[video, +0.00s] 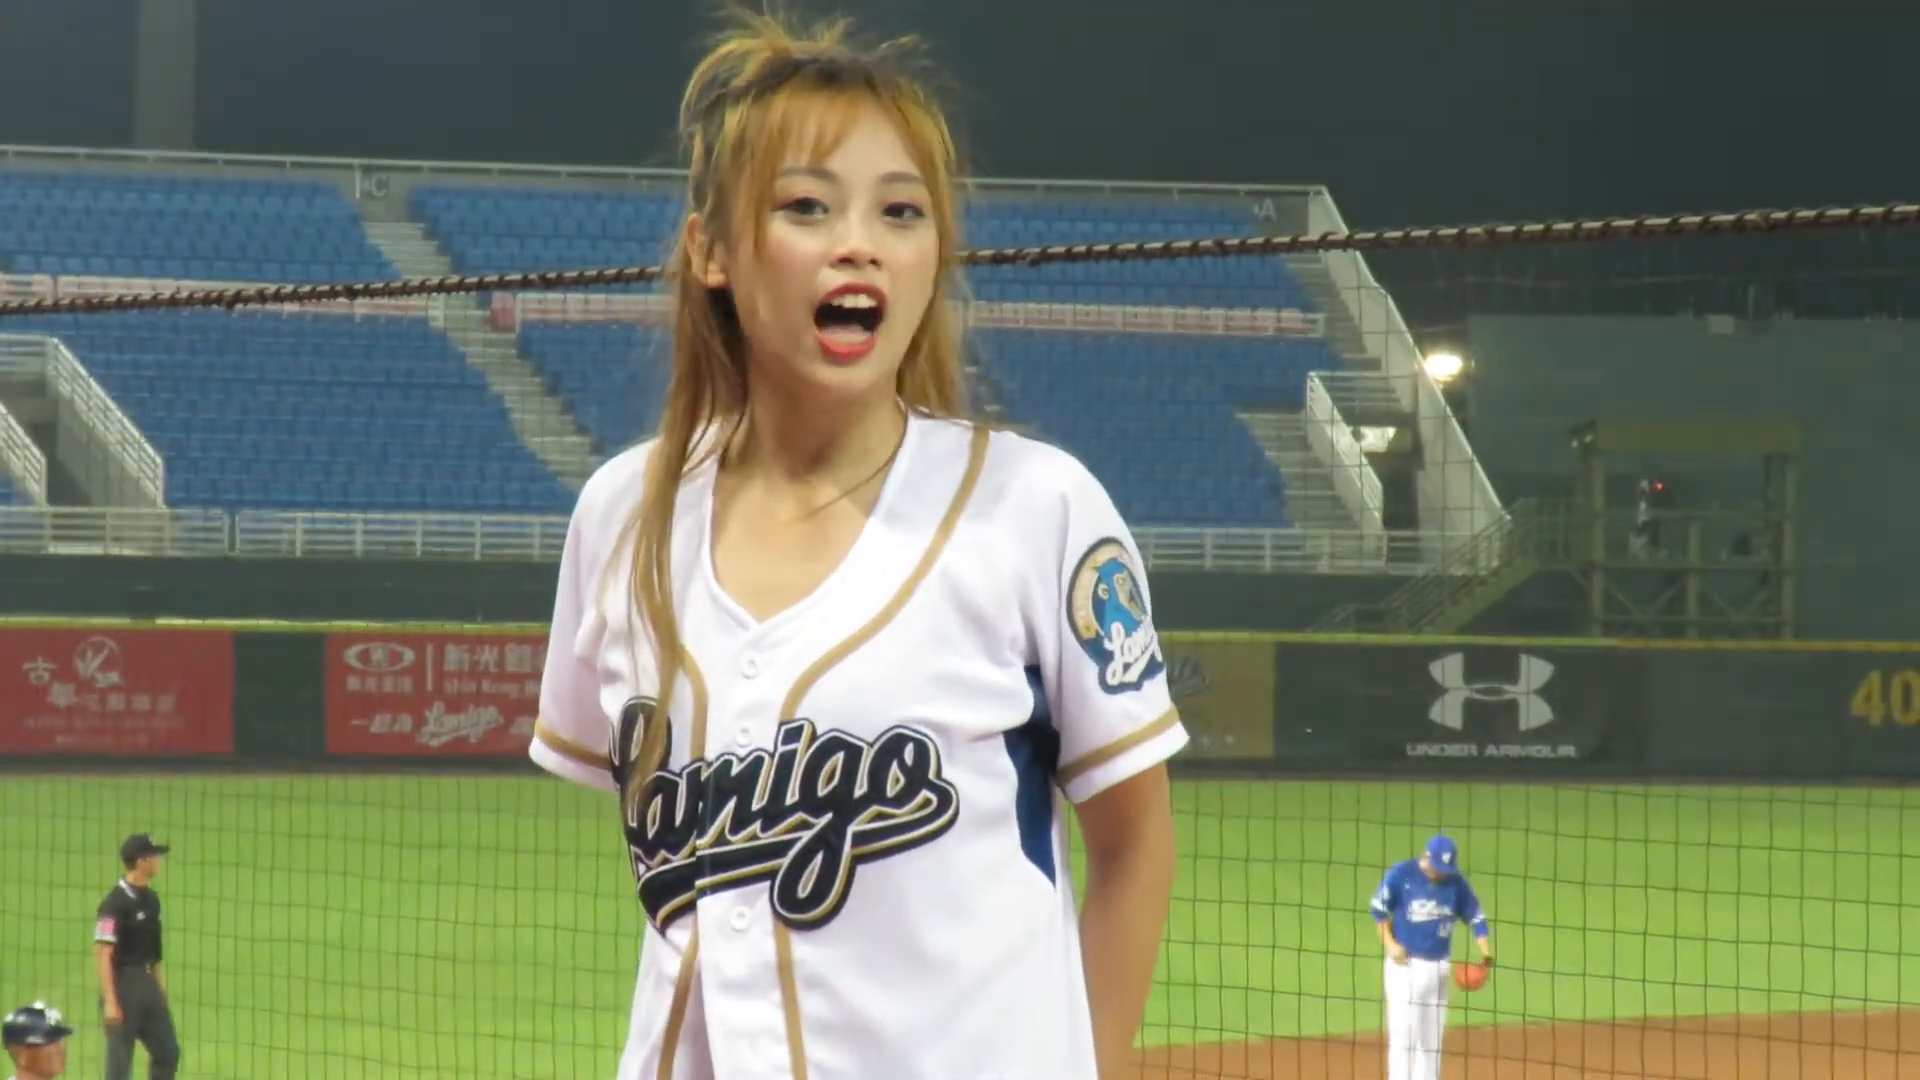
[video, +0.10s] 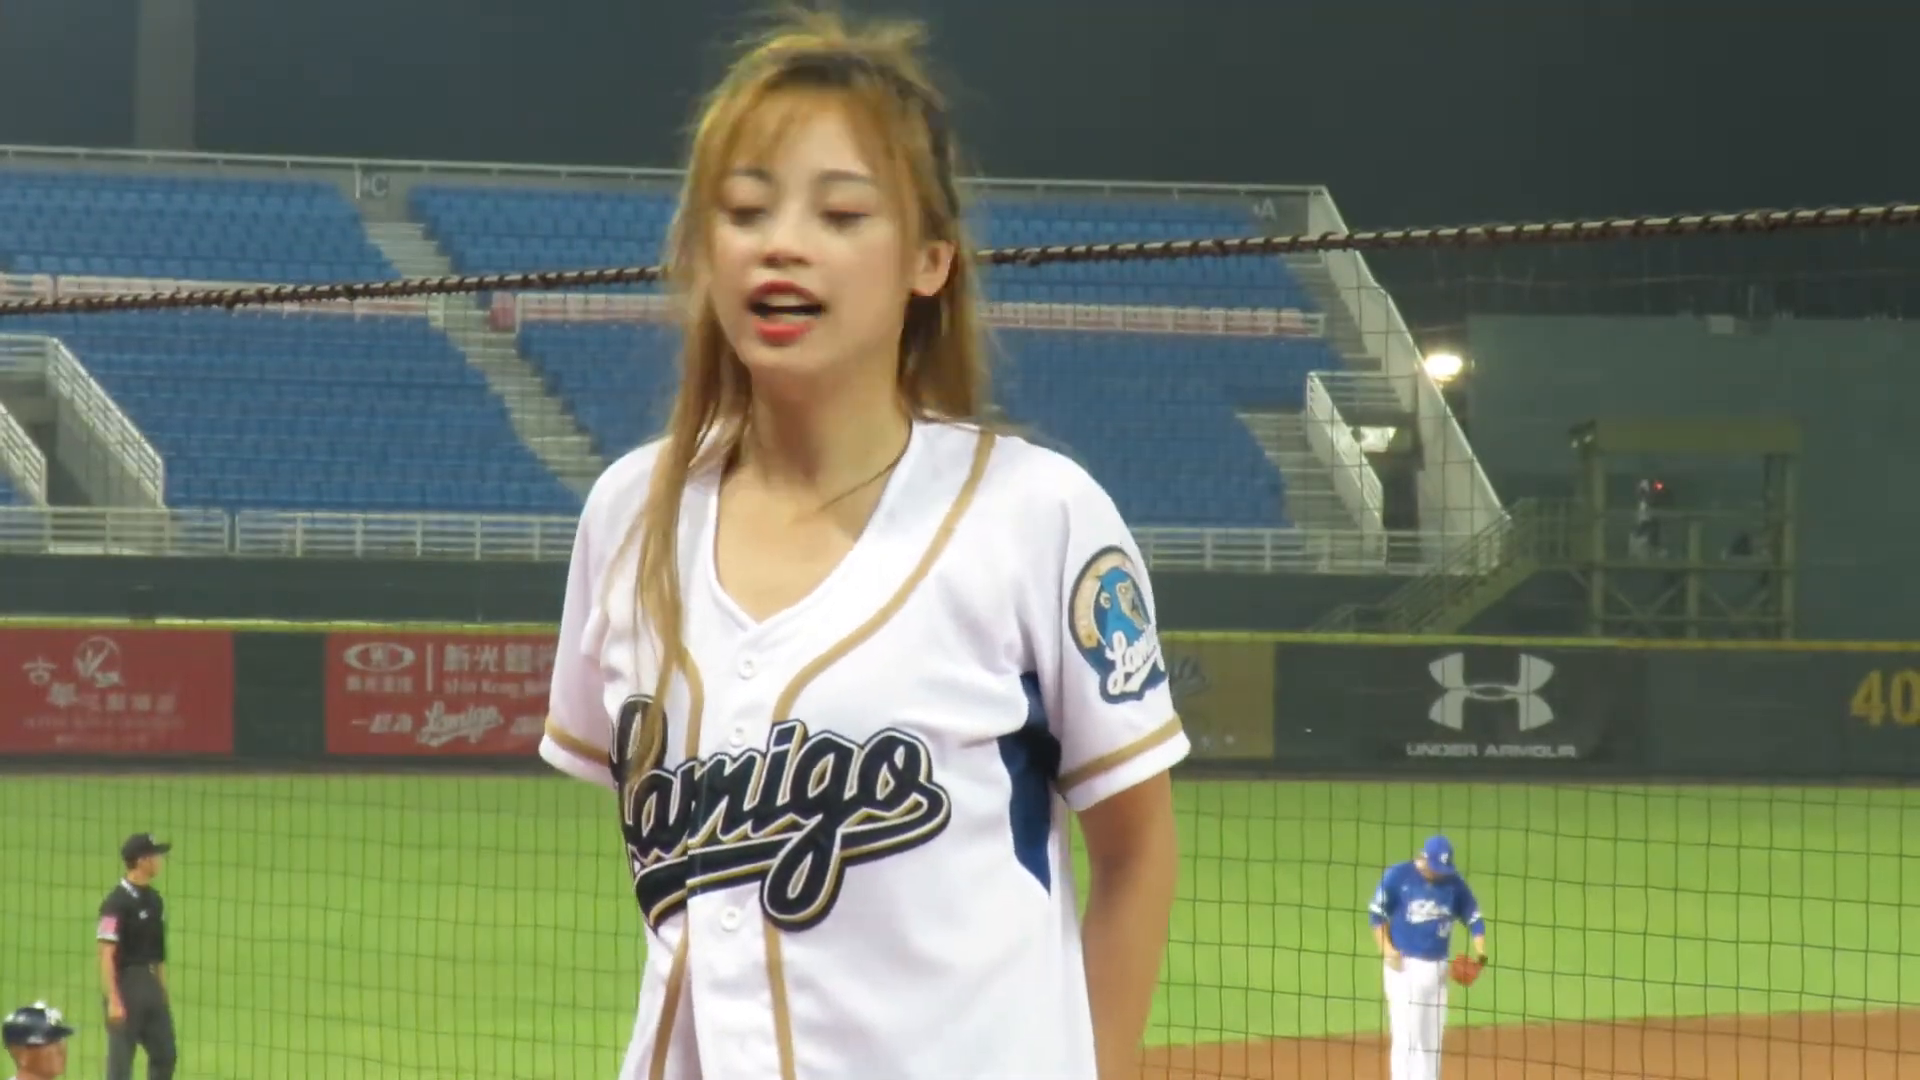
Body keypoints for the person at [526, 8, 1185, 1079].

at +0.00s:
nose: (860, 250)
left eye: (900, 212)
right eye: (806, 207)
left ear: (938, 258)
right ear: (714, 253)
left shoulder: (1040, 507)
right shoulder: (626, 513)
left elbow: (1134, 848)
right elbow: (662, 838)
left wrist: (1090, 1064)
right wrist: (767, 1041)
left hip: (989, 1055)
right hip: (701, 1055)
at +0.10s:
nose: (781, 249)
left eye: (841, 210)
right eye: (745, 209)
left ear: (926, 263)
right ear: (701, 249)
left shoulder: (1042, 514)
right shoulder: (632, 512)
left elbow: (1136, 855)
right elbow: (662, 842)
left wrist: (1095, 1068)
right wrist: (751, 1045)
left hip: (984, 1057)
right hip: (698, 1056)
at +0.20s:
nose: (691, 247)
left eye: (748, 210)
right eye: (698, 208)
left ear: (886, 258)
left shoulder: (1037, 524)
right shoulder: (650, 506)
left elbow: (1137, 859)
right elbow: (670, 851)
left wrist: (1097, 1072)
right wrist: (661, 1060)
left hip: (972, 1060)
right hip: (698, 1061)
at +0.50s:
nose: (680, 253)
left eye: (701, 218)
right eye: (692, 217)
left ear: (797, 259)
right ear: (796, 261)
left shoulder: (979, 529)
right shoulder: (726, 502)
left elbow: (1122, 884)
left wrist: (1086, 1075)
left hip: (908, 1059)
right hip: (679, 1057)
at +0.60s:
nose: (680, 256)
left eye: (698, 221)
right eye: (690, 220)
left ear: (785, 257)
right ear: (778, 256)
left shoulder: (965, 525)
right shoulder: (747, 501)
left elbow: (1112, 883)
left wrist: (1082, 1071)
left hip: (898, 1057)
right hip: (695, 1053)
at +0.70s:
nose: (678, 261)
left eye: (692, 225)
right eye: (685, 224)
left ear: (772, 256)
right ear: (771, 254)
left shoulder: (950, 515)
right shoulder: (758, 505)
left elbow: (1102, 880)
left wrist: (1080, 1070)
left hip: (888, 1056)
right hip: (709, 1052)